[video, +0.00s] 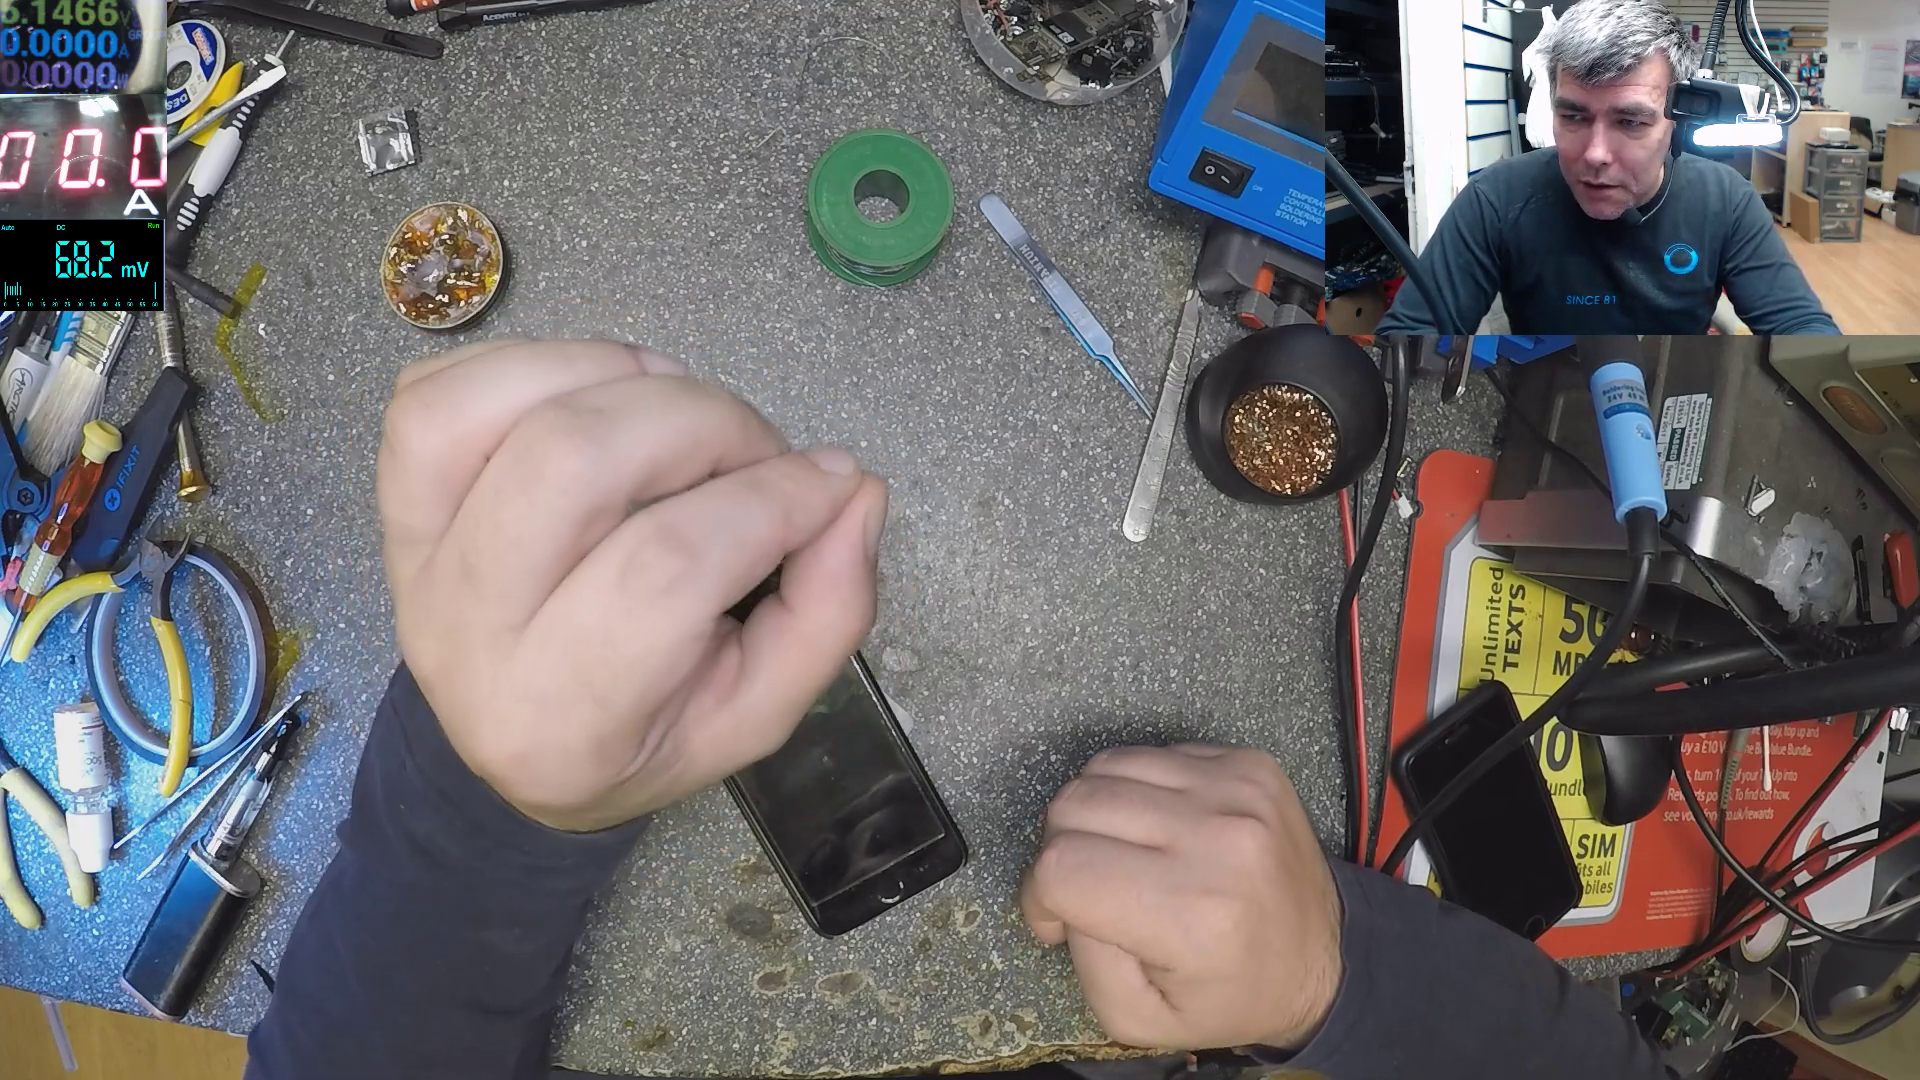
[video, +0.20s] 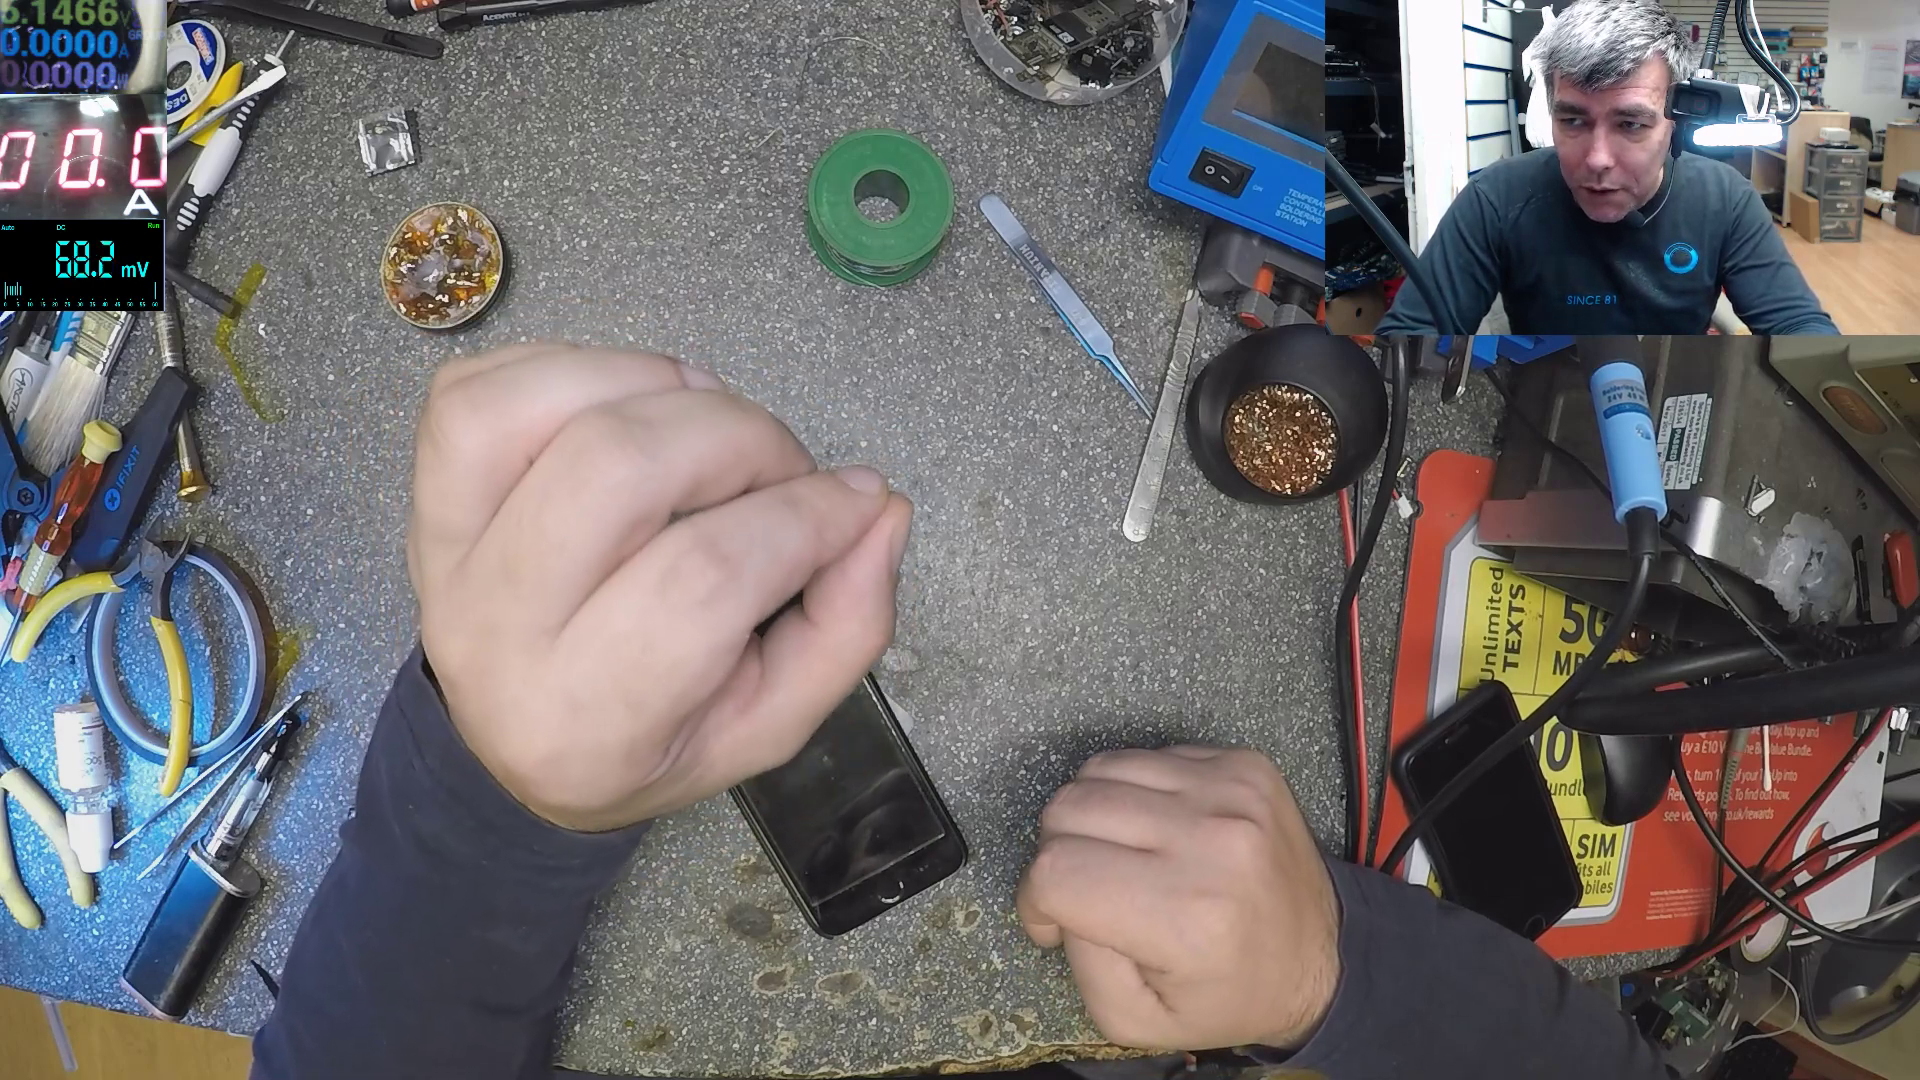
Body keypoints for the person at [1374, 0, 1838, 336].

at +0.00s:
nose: (1596, 155)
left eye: (1631, 122)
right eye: (1575, 116)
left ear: (1671, 118)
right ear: (1549, 109)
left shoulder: (1723, 202)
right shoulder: (1497, 203)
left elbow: (1805, 331)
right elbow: (1406, 335)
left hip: (1680, 420)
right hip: (1544, 421)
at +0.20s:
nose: (1599, 160)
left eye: (1631, 125)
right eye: (1575, 122)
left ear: (1670, 118)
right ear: (1549, 113)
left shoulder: (1723, 200)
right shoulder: (1496, 203)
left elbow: (1802, 330)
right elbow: (1406, 337)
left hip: (1680, 420)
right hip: (1544, 421)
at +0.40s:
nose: (1599, 155)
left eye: (1632, 120)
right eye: (1575, 116)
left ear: (1671, 117)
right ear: (1549, 111)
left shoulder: (1722, 200)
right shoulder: (1496, 203)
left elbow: (1802, 329)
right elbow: (1406, 335)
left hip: (1681, 422)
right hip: (1545, 424)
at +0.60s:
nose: (1599, 157)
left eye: (1632, 122)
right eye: (1575, 118)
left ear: (1671, 118)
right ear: (1549, 111)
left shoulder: (1722, 201)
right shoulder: (1496, 203)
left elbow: (1803, 330)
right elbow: (1407, 338)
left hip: (1680, 420)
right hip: (1544, 421)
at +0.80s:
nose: (1600, 154)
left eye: (1633, 118)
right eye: (1575, 115)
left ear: (1671, 116)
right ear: (1549, 109)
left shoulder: (1722, 200)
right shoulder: (1496, 203)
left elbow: (1802, 329)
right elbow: (1406, 335)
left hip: (1682, 421)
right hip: (1546, 423)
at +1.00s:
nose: (1606, 145)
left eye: (1636, 111)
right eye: (1579, 109)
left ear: (1670, 113)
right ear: (1550, 109)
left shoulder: (1722, 199)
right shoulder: (1495, 203)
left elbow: (1801, 327)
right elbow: (1407, 337)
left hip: (1681, 421)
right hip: (1544, 422)